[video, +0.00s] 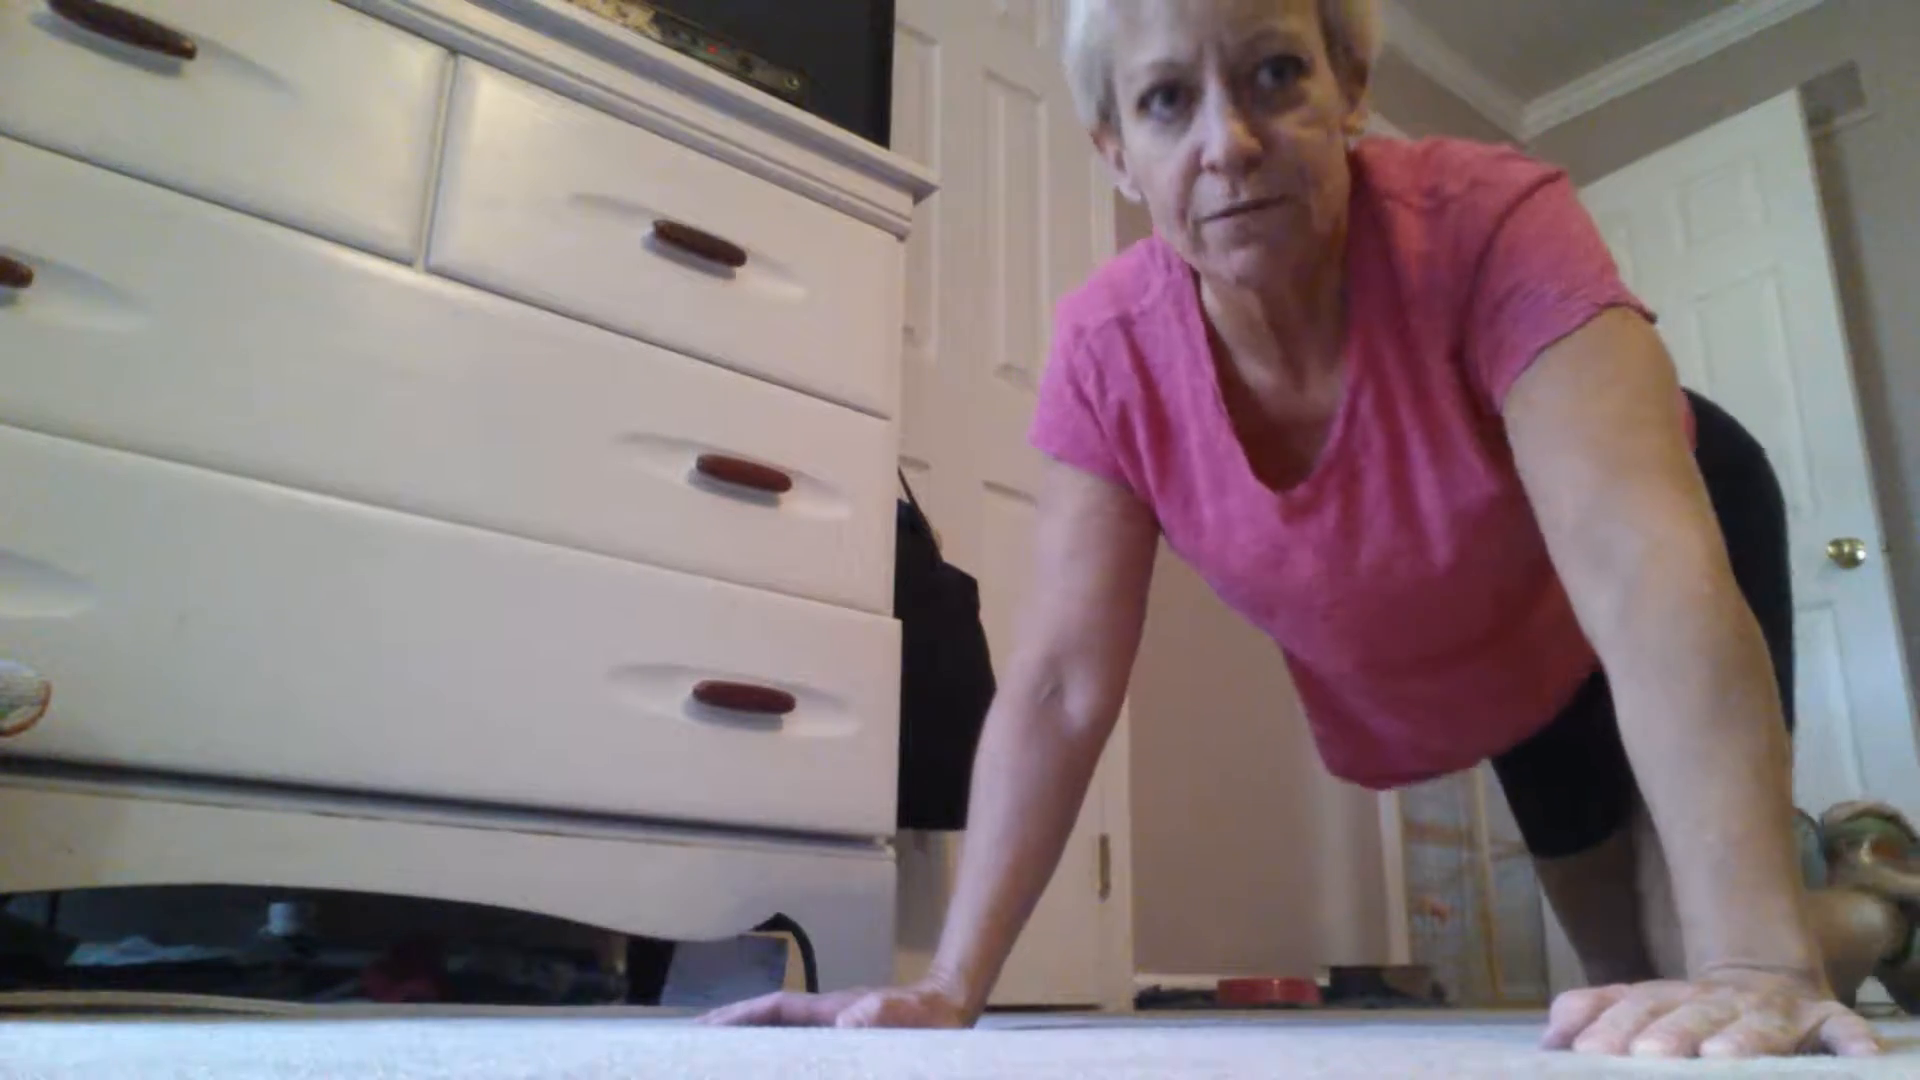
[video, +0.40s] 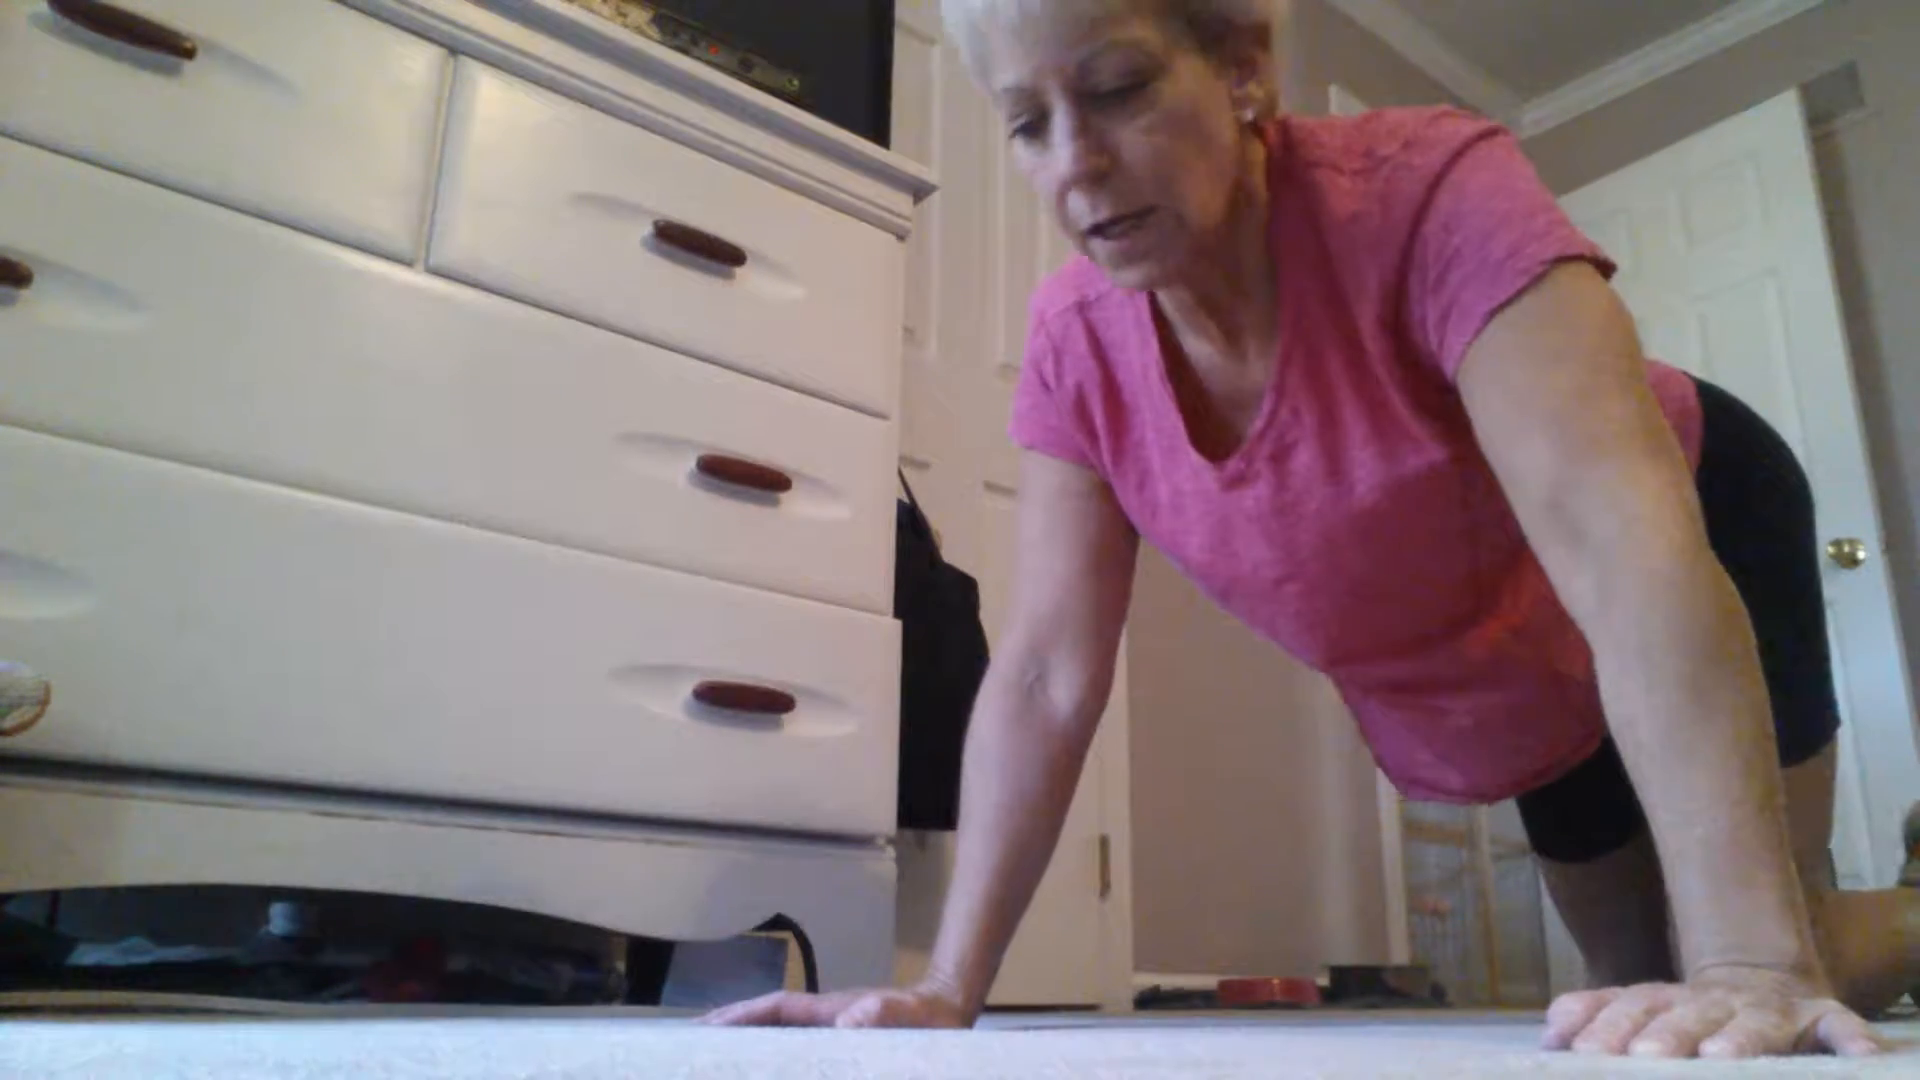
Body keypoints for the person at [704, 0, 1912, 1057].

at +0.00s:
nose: (1229, 143)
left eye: (1271, 78)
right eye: (1169, 103)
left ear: (1348, 95)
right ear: (1117, 160)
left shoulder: (1492, 224)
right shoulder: (1110, 341)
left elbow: (1651, 563)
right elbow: (1059, 684)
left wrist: (1749, 969)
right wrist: (953, 978)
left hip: (1654, 557)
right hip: (1487, 655)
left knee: (1739, 957)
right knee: (1620, 980)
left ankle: (1865, 906)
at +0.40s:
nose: (1077, 166)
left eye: (1117, 89)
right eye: (1031, 120)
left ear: (1246, 69)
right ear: (1007, 136)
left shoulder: (1435, 191)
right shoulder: (1080, 330)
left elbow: (1624, 530)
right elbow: (1042, 674)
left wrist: (1754, 972)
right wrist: (950, 983)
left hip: (1678, 542)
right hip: (1500, 659)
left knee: (1776, 955)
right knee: (1644, 999)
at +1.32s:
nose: (1099, 195)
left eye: (1145, 120)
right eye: (1057, 139)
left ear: (1300, 58)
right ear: (1029, 122)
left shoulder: (1510, 153)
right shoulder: (1120, 317)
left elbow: (1706, 516)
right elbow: (1060, 672)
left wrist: (1767, 966)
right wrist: (950, 983)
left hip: (1694, 583)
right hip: (1529, 694)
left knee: (1784, 920)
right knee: (1691, 843)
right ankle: (1867, 925)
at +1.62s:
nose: (1225, 149)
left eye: (1272, 69)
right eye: (1166, 101)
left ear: (1388, 41)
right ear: (1130, 111)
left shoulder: (1565, 130)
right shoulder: (1161, 311)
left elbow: (1722, 519)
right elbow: (1078, 684)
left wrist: (1769, 965)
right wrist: (953, 981)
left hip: (1723, 568)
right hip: (1553, 665)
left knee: (1776, 916)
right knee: (1703, 837)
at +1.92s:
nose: (1382, 116)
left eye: (1432, 45)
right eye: (1313, 62)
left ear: (1500, 33)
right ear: (1222, 71)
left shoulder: (1625, 131)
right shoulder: (1196, 302)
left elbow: (1736, 518)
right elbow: (1092, 676)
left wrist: (1770, 965)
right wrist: (953, 980)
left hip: (1751, 578)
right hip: (1556, 678)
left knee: (1777, 932)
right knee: (1765, 925)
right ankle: (1876, 922)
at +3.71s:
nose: (1278, 203)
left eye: (1328, 125)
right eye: (1215, 145)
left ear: (1439, 74)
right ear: (1170, 136)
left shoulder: (1574, 175)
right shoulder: (1173, 328)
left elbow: (1717, 534)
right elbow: (1076, 688)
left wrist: (1766, 972)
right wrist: (952, 984)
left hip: (1723, 602)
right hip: (1530, 697)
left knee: (1780, 949)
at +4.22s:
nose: (1195, 302)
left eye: (1232, 248)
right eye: (1152, 261)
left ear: (1343, 162)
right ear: (1111, 228)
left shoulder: (1501, 195)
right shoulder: (1142, 349)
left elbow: (1731, 518)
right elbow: (1080, 678)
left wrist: (1820, 976)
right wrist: (966, 991)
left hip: (1754, 621)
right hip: (1641, 703)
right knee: (1729, 1016)